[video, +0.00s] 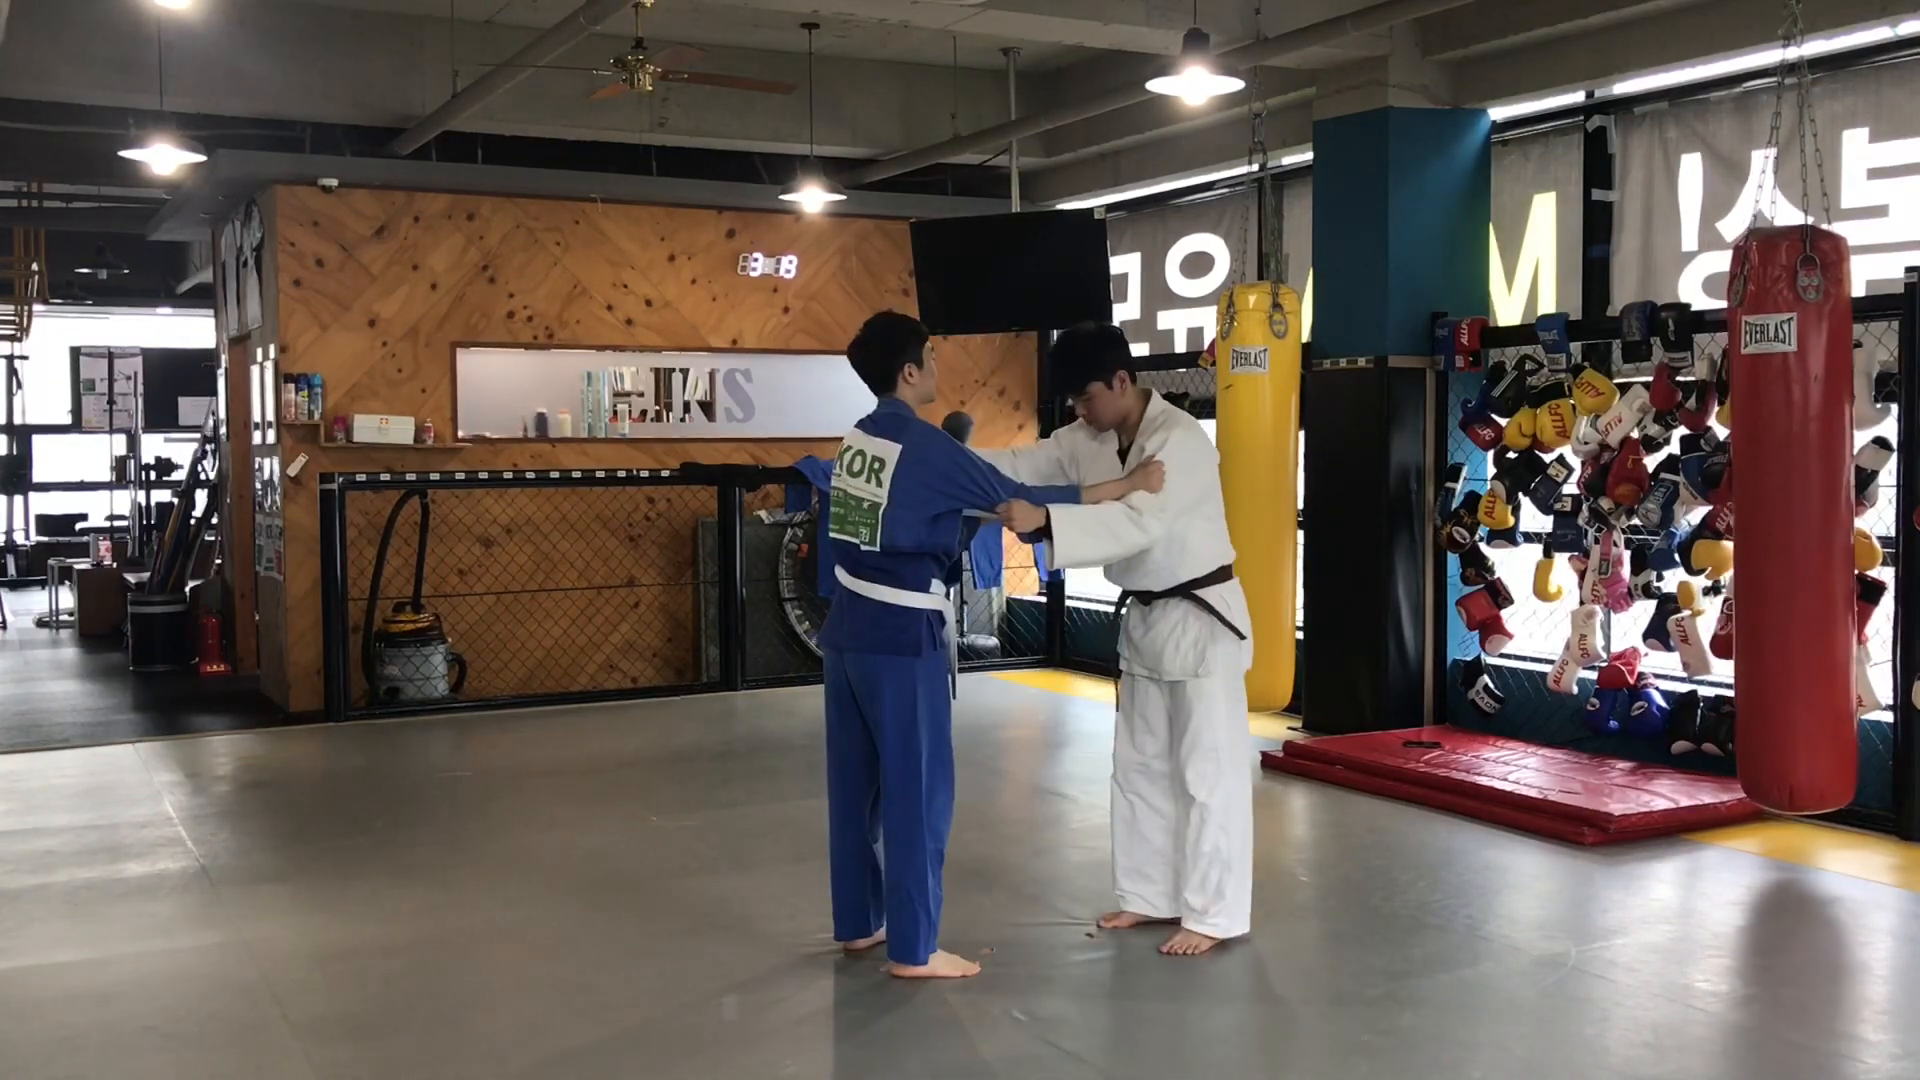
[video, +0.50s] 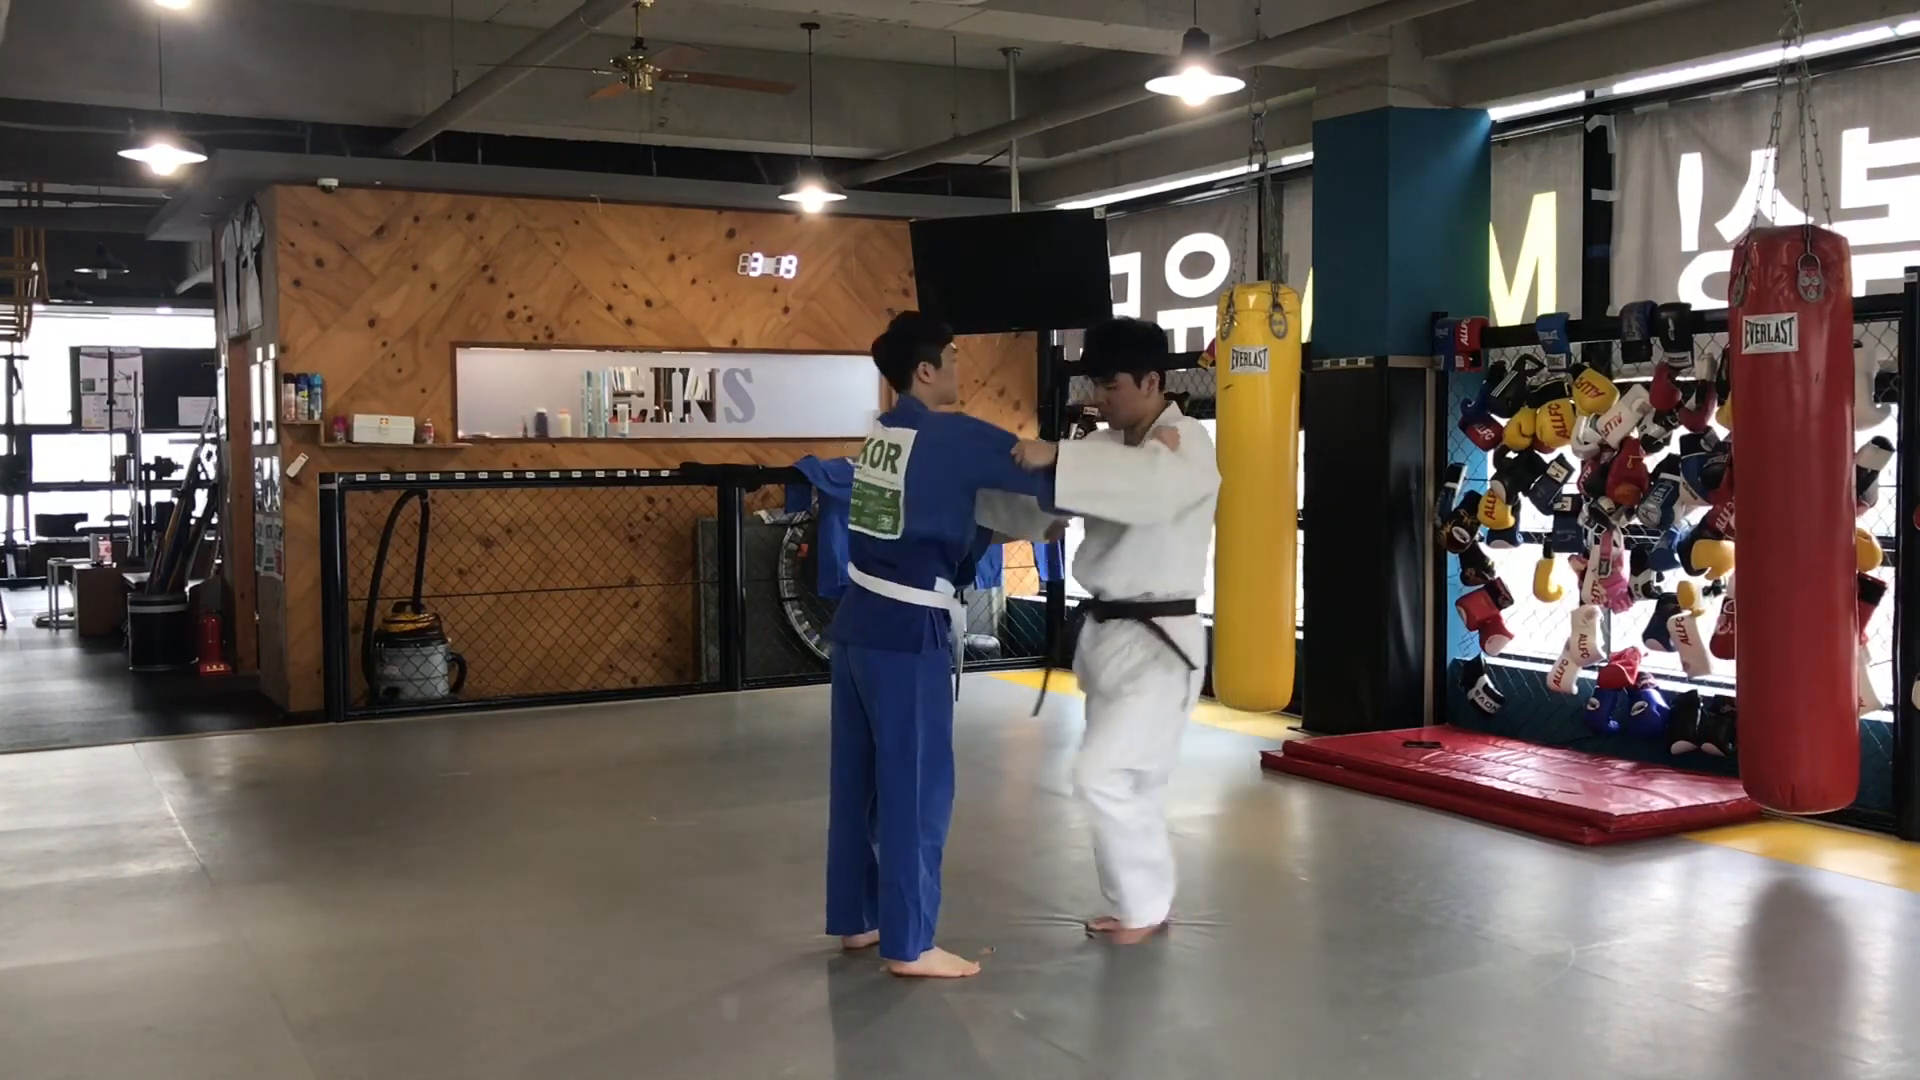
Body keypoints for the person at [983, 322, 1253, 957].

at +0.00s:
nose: (1076, 411)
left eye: (1082, 398)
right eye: (1072, 401)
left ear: (1121, 381)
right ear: (1109, 387)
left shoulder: (1180, 439)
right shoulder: (1085, 441)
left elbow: (1143, 522)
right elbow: (1013, 468)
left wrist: (1046, 521)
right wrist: (939, 464)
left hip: (1202, 616)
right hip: (1143, 617)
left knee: (1210, 774)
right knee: (1144, 769)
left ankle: (1215, 915)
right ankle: (1150, 897)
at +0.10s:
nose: (1078, 409)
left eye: (1085, 396)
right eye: (1074, 398)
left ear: (1124, 380)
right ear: (1110, 386)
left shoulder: (1182, 439)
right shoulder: (1087, 440)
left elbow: (1145, 522)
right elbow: (1015, 470)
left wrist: (1046, 519)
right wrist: (939, 466)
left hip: (1205, 617)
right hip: (1145, 618)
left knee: (1212, 775)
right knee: (1144, 767)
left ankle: (1216, 917)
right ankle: (1150, 898)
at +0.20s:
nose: (1081, 407)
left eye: (1088, 393)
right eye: (1077, 396)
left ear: (1127, 378)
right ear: (1110, 385)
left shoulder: (1184, 438)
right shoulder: (1089, 440)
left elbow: (1144, 521)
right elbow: (1017, 474)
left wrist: (1046, 511)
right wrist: (946, 465)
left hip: (1202, 619)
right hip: (1143, 620)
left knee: (1208, 777)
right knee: (1139, 770)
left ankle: (1214, 918)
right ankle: (1144, 900)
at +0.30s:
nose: (1087, 405)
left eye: (1096, 391)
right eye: (1083, 393)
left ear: (1135, 380)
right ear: (1115, 387)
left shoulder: (1187, 442)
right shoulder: (1095, 442)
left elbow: (1145, 516)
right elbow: (1028, 479)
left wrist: (1051, 497)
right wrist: (957, 476)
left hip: (1190, 626)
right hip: (1132, 622)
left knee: (1179, 777)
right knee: (1125, 776)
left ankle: (1207, 912)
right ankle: (1140, 902)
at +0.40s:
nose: (1094, 400)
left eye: (1102, 386)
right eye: (1090, 388)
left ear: (1143, 377)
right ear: (1114, 384)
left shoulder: (1192, 442)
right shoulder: (1097, 443)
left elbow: (1152, 498)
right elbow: (1037, 487)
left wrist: (1055, 477)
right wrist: (967, 460)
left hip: (1177, 627)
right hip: (1119, 623)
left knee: (1143, 776)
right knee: (1111, 776)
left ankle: (1183, 906)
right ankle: (1133, 902)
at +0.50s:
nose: (1096, 402)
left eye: (1105, 387)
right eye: (1093, 388)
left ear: (1148, 383)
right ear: (1126, 387)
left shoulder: (1190, 445)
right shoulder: (1106, 445)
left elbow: (1153, 488)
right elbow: (1046, 507)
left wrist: (1061, 458)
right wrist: (959, 487)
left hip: (1161, 632)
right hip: (1105, 627)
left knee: (1102, 773)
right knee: (1124, 775)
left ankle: (1148, 902)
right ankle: (1137, 901)